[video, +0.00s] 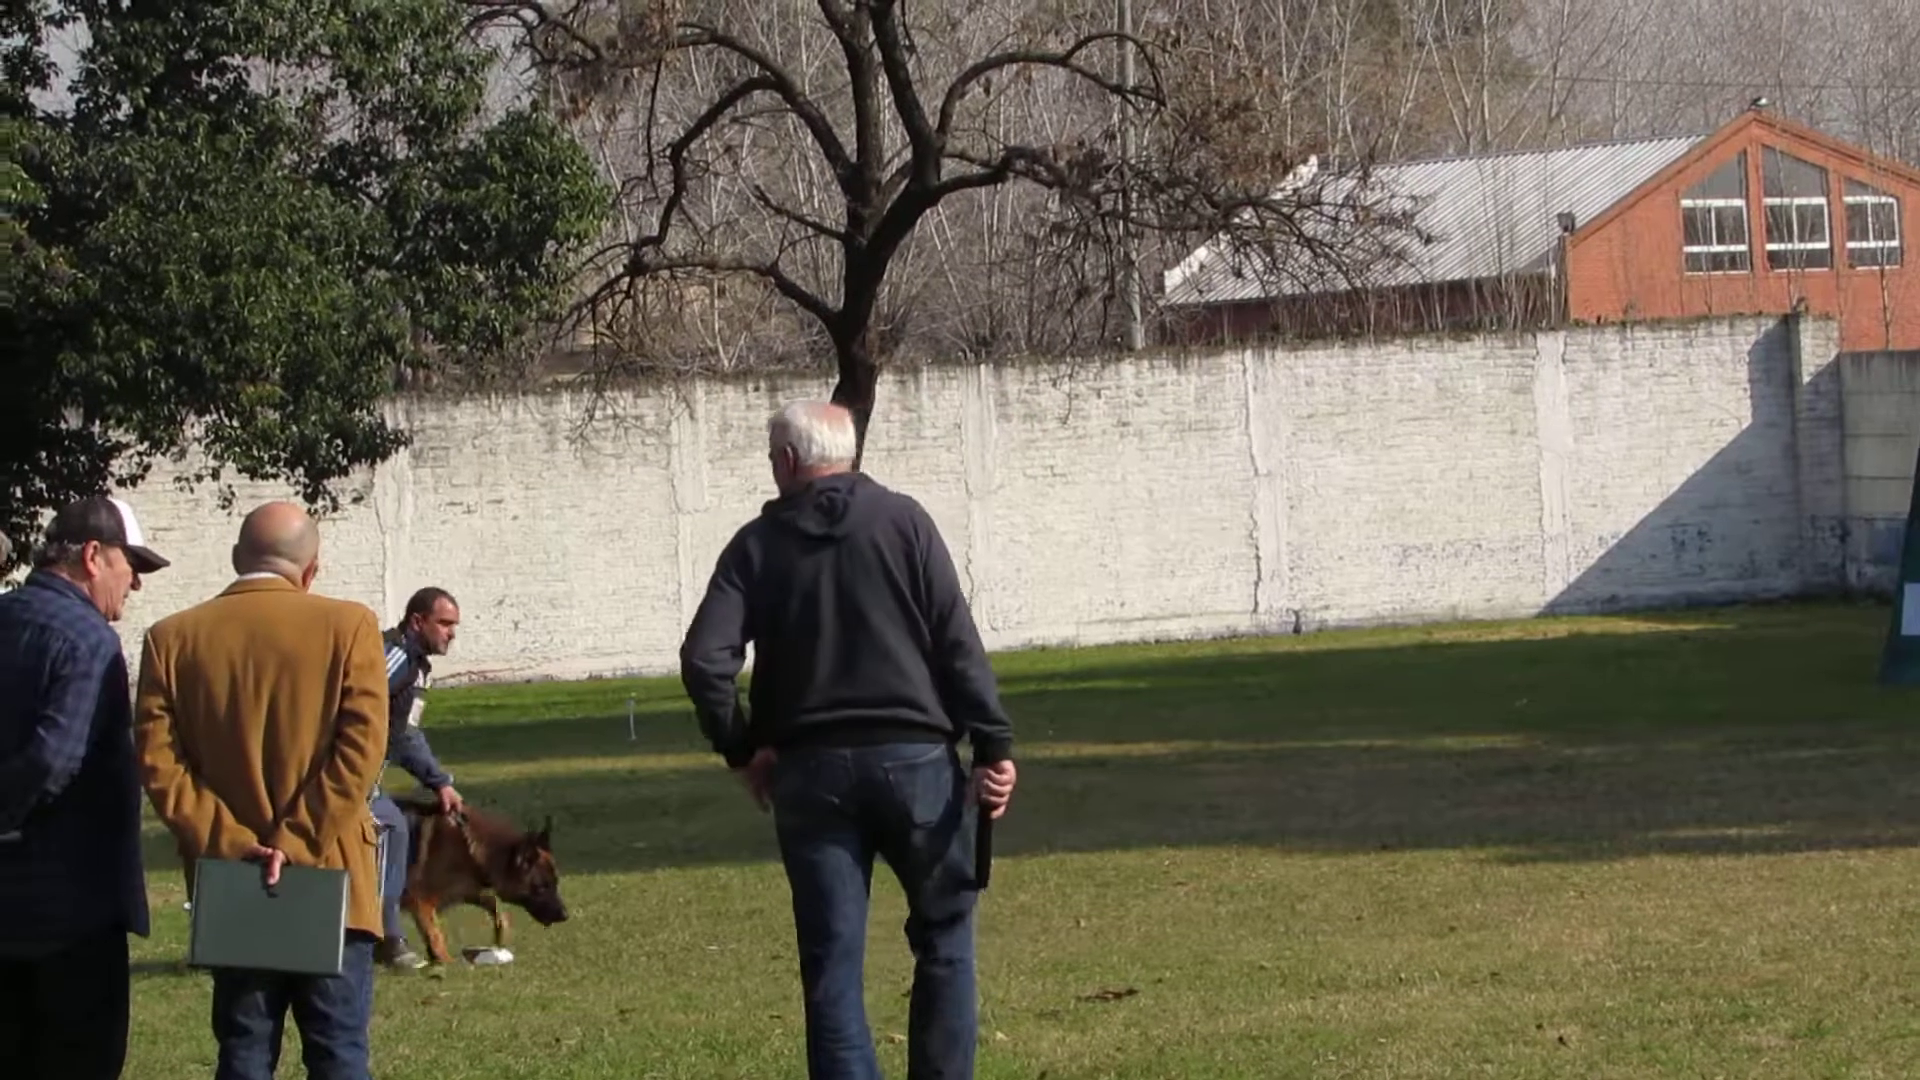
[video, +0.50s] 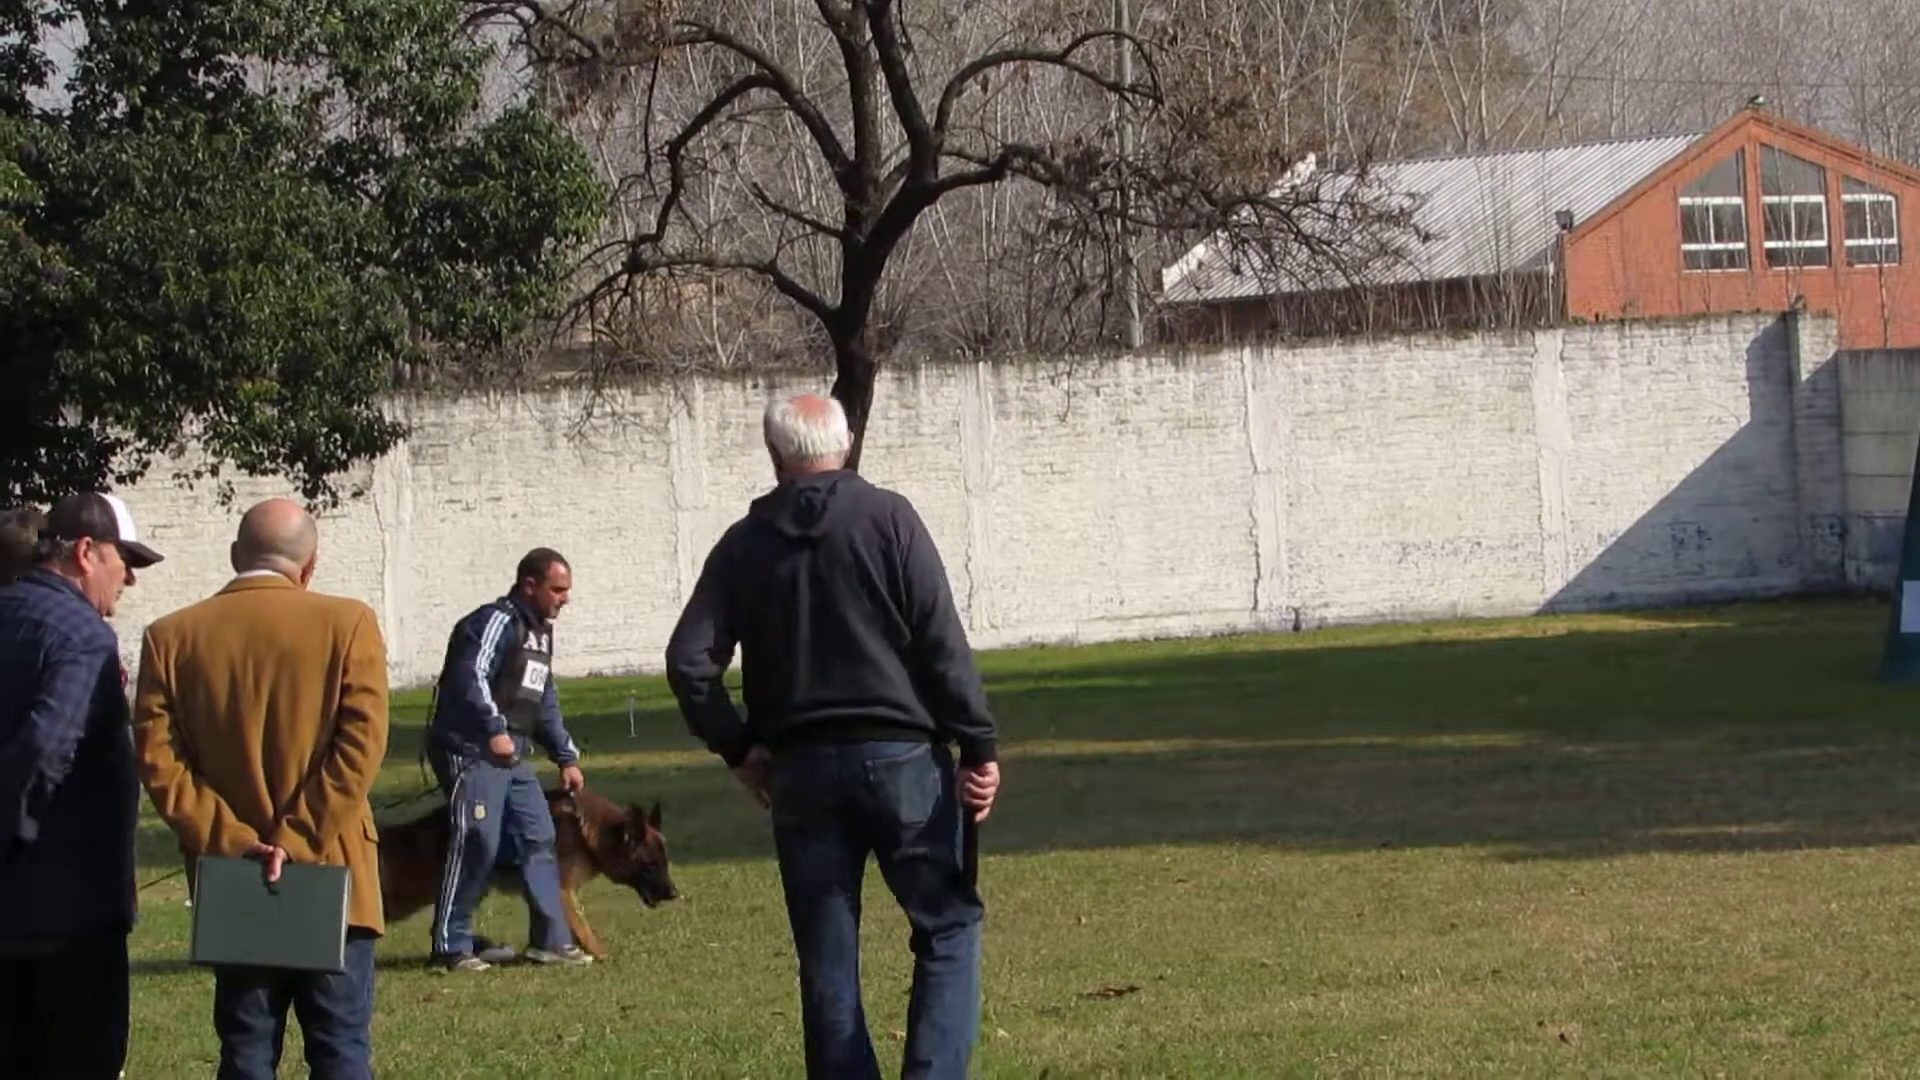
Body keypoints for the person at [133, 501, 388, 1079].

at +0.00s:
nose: (317, 570)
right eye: (316, 561)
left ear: (237, 558)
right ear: (308, 567)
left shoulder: (171, 638)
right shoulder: (350, 625)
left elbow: (159, 767)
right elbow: (361, 752)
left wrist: (236, 846)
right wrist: (293, 840)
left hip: (230, 896)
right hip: (335, 893)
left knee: (243, 1051)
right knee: (339, 1051)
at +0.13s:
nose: (319, 568)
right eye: (318, 560)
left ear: (240, 558)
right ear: (311, 567)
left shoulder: (173, 638)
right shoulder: (353, 625)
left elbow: (161, 767)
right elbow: (363, 752)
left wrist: (238, 846)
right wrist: (296, 840)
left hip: (232, 898)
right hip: (339, 894)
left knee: (245, 1052)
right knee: (341, 1050)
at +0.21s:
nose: (308, 570)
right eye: (308, 561)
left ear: (228, 559)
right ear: (300, 567)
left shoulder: (163, 638)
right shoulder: (343, 626)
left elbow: (151, 767)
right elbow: (354, 751)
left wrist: (230, 846)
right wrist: (287, 840)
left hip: (225, 897)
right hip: (331, 893)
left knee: (239, 1051)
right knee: (335, 1050)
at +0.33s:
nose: (313, 570)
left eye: (311, 561)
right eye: (312, 562)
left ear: (233, 560)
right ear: (303, 567)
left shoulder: (169, 639)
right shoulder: (347, 626)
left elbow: (157, 768)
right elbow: (359, 754)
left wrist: (236, 846)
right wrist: (292, 842)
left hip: (231, 898)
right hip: (336, 894)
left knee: (245, 1051)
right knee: (340, 1050)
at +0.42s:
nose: (315, 569)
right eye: (314, 560)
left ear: (235, 558)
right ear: (306, 566)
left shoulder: (170, 638)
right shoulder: (350, 625)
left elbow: (159, 767)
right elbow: (360, 750)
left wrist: (237, 847)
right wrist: (294, 841)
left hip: (232, 900)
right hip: (337, 896)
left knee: (245, 1054)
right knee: (341, 1052)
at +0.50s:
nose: (315, 565)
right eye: (315, 557)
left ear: (236, 556)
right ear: (307, 563)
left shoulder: (170, 636)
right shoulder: (349, 623)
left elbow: (159, 766)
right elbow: (359, 749)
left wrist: (237, 845)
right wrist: (294, 839)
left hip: (232, 896)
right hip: (337, 892)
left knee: (246, 1049)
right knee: (341, 1047)